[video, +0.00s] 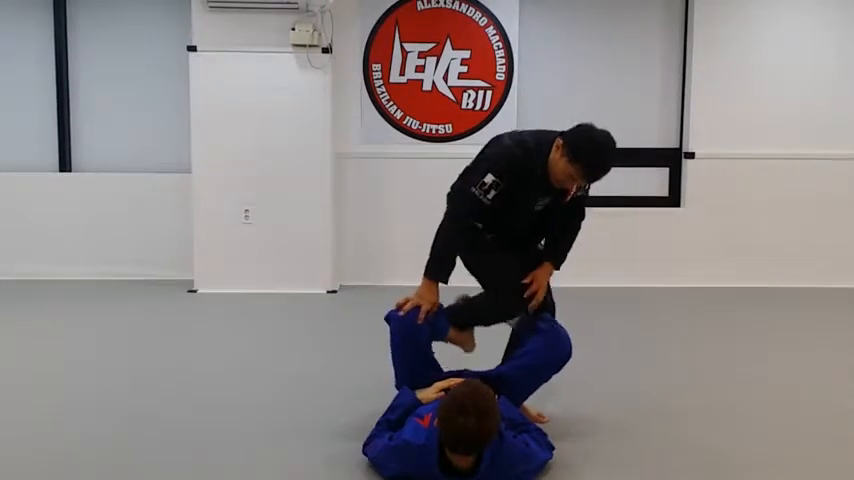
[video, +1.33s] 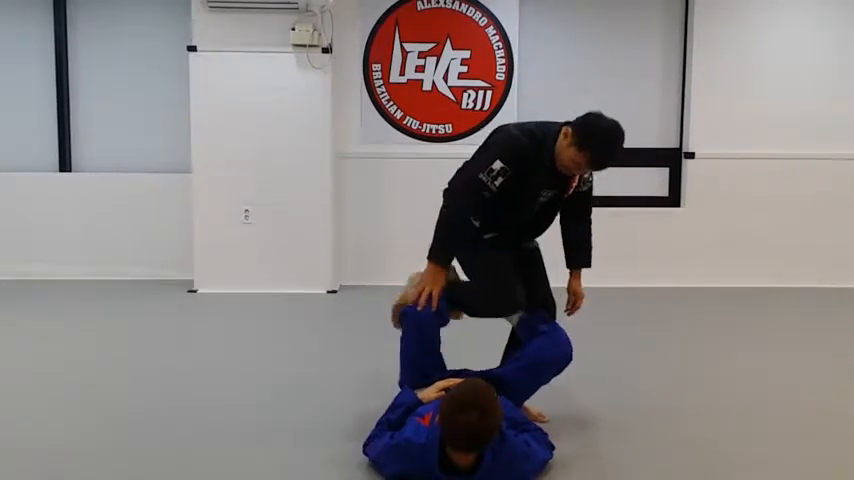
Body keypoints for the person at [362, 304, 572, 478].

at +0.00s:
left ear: (437, 424)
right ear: (496, 426)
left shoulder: (406, 453)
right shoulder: (515, 457)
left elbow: (374, 443)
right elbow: (540, 442)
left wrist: (413, 397)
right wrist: (509, 405)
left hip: (428, 392)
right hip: (498, 394)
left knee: (404, 318)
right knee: (558, 342)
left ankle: (451, 327)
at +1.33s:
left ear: (439, 421)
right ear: (497, 428)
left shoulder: (409, 451)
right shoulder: (515, 456)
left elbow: (374, 443)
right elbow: (540, 443)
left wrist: (413, 397)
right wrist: (520, 414)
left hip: (429, 392)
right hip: (498, 397)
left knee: (419, 316)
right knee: (559, 346)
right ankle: (519, 312)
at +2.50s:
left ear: (439, 416)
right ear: (498, 421)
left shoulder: (409, 449)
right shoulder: (515, 455)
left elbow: (374, 444)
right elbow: (540, 442)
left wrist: (414, 398)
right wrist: (513, 408)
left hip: (424, 397)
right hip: (495, 396)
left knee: (415, 316)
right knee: (550, 339)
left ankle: (413, 295)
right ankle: (520, 306)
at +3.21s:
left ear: (437, 425)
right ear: (498, 430)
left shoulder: (409, 452)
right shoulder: (517, 457)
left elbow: (373, 445)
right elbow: (540, 441)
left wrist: (411, 398)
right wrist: (506, 403)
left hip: (423, 394)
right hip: (492, 392)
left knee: (386, 319)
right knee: (543, 331)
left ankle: (413, 311)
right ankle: (491, 312)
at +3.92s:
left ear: (437, 427)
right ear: (497, 431)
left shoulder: (408, 452)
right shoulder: (517, 457)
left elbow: (372, 445)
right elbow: (542, 442)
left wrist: (409, 398)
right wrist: (502, 402)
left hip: (423, 395)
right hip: (493, 393)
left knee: (385, 318)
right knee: (546, 328)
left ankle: (421, 319)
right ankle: (503, 318)